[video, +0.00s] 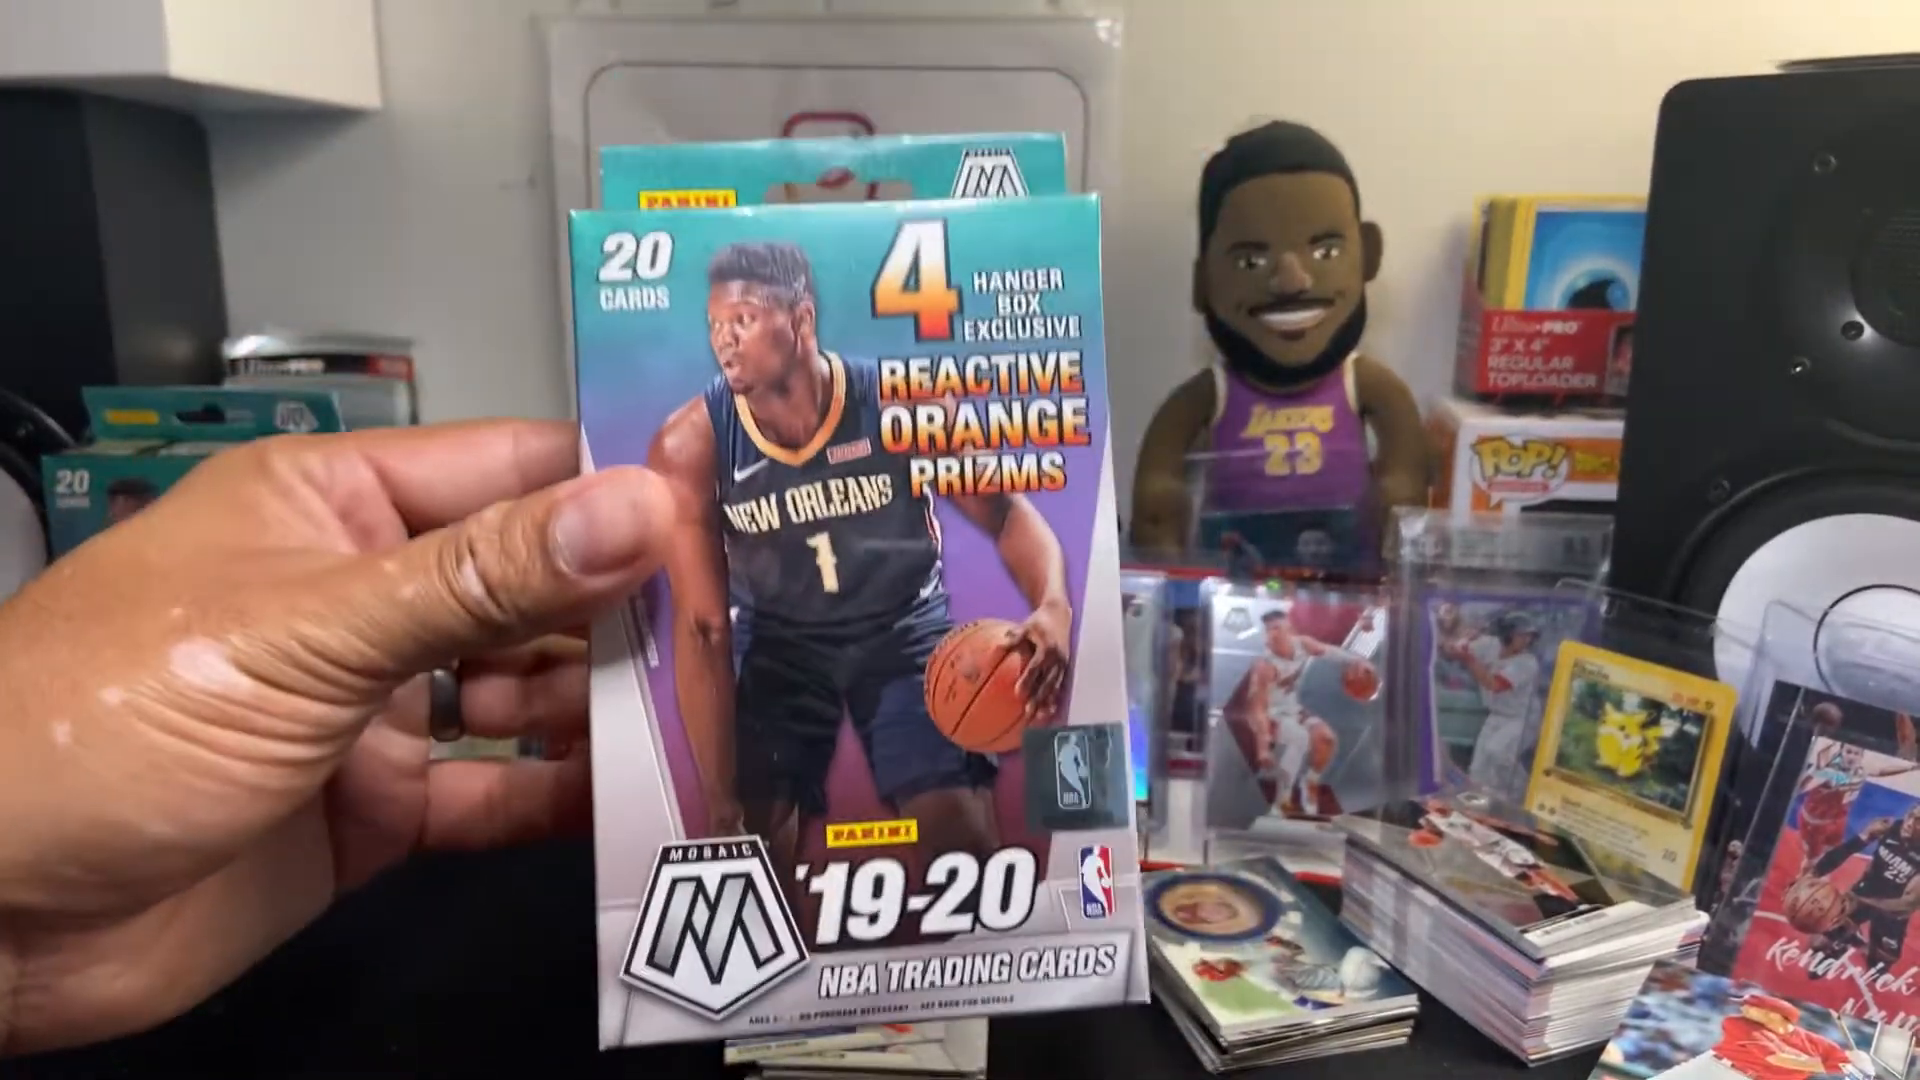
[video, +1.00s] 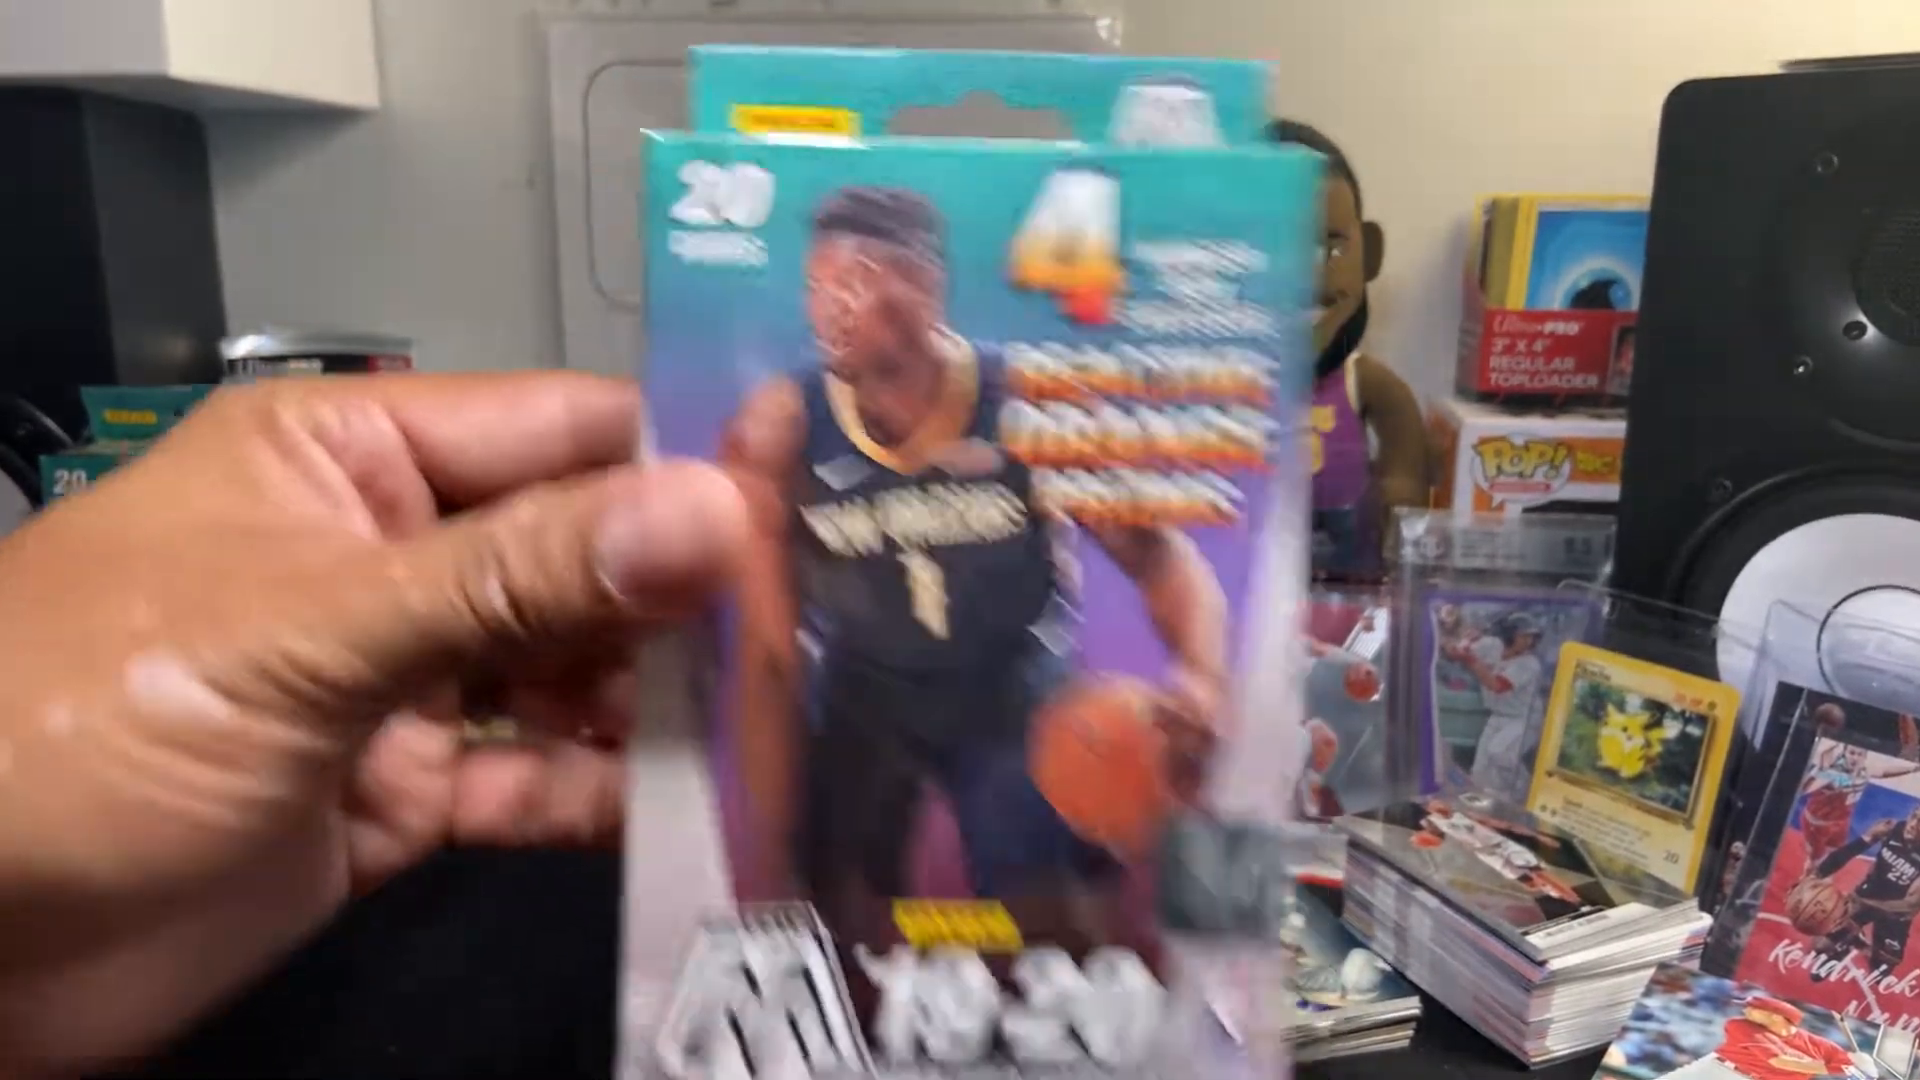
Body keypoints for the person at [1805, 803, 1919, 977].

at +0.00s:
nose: (1910, 823)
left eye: (1917, 821)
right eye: (1910, 816)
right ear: (1905, 815)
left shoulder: (1917, 857)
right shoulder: (1887, 828)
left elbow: (1908, 904)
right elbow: (1846, 849)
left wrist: (1859, 902)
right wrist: (1814, 872)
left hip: (1894, 907)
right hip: (1865, 893)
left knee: (1878, 966)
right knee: (1819, 944)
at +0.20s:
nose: (1910, 823)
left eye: (1918, 822)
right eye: (1911, 816)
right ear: (1906, 814)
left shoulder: (1918, 859)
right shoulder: (1887, 828)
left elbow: (1907, 904)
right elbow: (1845, 850)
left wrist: (1860, 903)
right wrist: (1813, 873)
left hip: (1894, 911)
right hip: (1863, 896)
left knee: (1877, 970)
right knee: (1817, 945)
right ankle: (1842, 945)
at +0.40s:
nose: (1911, 824)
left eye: (1918, 822)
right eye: (1911, 816)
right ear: (1906, 814)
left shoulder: (1917, 859)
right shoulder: (1887, 828)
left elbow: (1907, 904)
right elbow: (1846, 850)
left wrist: (1860, 903)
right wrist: (1814, 873)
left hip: (1894, 911)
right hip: (1863, 896)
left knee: (1878, 971)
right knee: (1818, 946)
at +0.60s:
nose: (1911, 824)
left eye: (1918, 822)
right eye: (1912, 816)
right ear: (1907, 815)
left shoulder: (1917, 858)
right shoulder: (1888, 828)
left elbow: (1908, 905)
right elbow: (1846, 851)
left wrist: (1860, 903)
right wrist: (1814, 874)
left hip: (1895, 911)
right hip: (1864, 896)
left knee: (1879, 967)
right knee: (1818, 945)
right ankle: (1840, 947)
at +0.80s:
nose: (1912, 824)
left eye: (1918, 823)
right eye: (1912, 817)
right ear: (1908, 815)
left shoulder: (1917, 857)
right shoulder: (1888, 829)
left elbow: (1909, 905)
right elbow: (1847, 851)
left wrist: (1861, 904)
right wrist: (1815, 875)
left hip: (1896, 911)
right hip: (1865, 895)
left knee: (1880, 969)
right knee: (1819, 945)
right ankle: (1842, 947)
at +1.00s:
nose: (1913, 825)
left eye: (1919, 823)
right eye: (1914, 817)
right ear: (1909, 815)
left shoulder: (1918, 857)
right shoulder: (1889, 829)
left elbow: (1910, 905)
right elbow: (1849, 851)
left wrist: (1863, 904)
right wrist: (1816, 875)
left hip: (1897, 912)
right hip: (1866, 897)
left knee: (1881, 970)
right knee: (1821, 946)